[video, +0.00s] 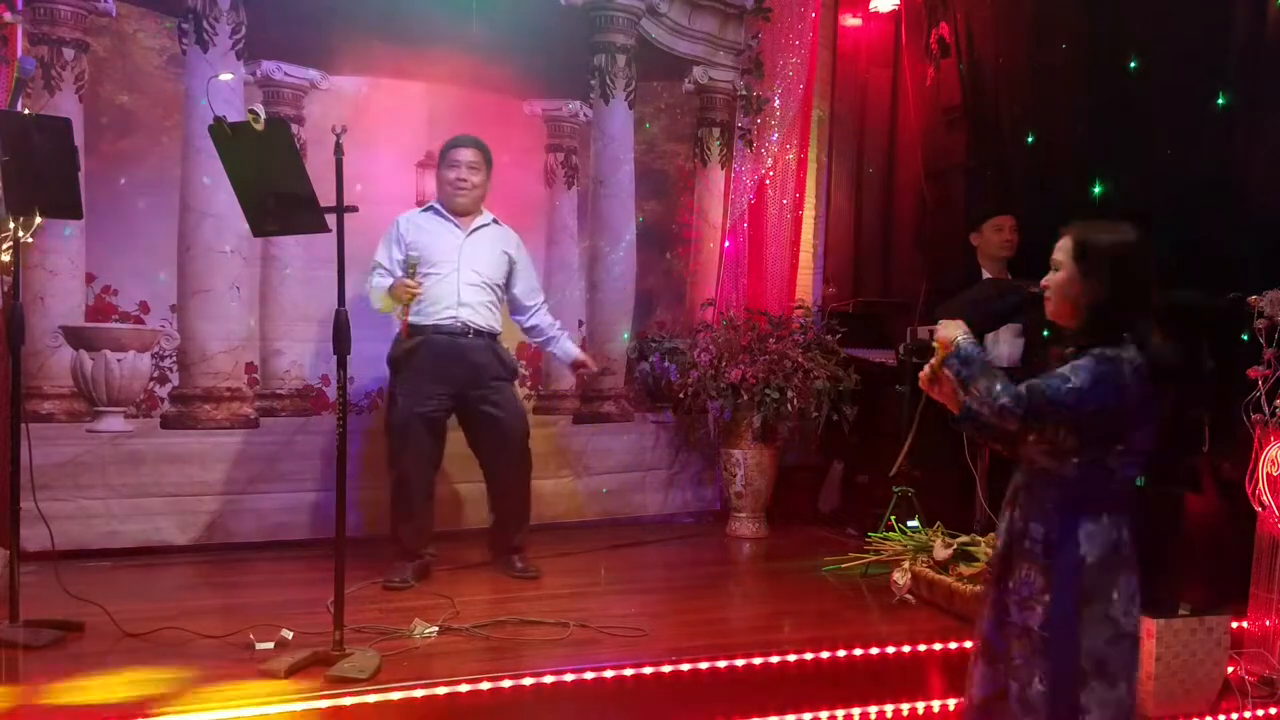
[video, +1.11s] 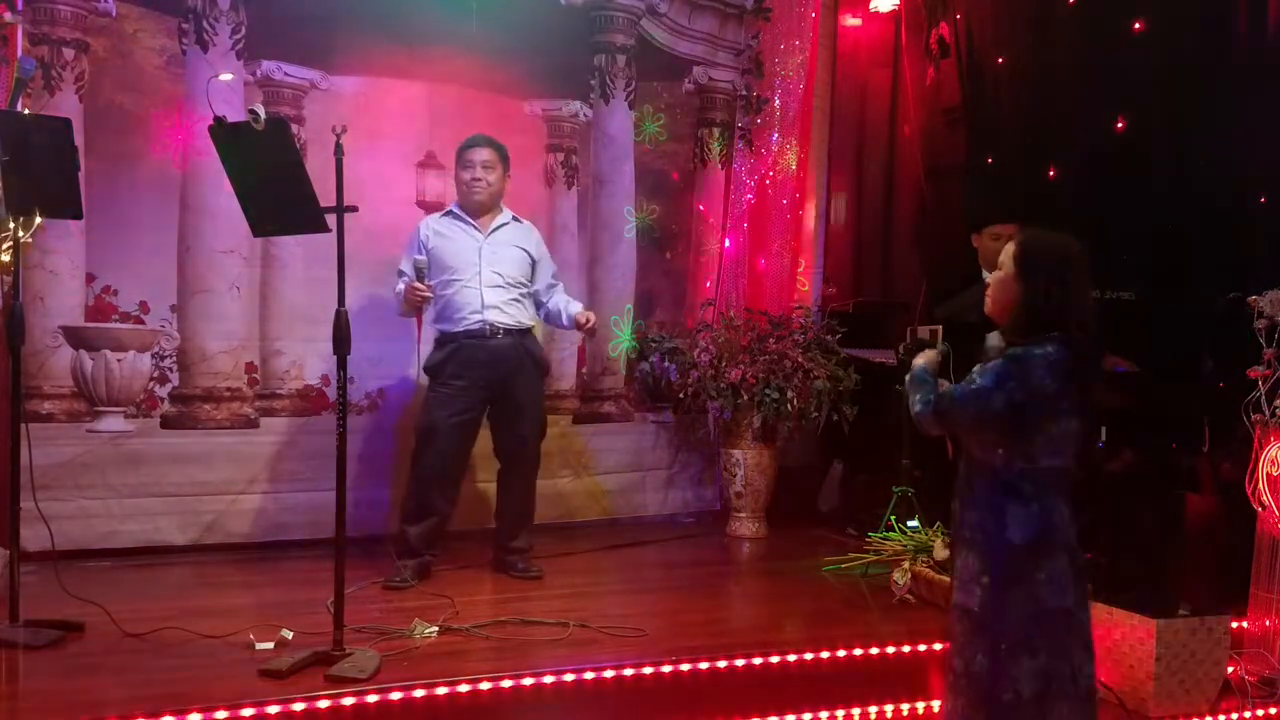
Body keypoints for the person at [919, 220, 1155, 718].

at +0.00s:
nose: (1045, 281)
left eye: (1058, 269)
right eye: (1050, 268)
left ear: (1099, 285)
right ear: (1089, 286)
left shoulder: (1113, 367)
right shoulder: (1089, 361)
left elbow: (1016, 408)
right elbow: (1030, 431)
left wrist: (962, 346)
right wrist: (962, 405)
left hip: (1078, 541)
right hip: (1047, 534)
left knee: (1061, 677)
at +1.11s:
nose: (988, 280)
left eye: (1001, 272)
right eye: (994, 269)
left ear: (1034, 289)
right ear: (1043, 293)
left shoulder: (1020, 370)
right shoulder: (1063, 363)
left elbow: (932, 410)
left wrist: (921, 368)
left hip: (1007, 551)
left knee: (999, 669)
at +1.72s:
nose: (904, 298)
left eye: (914, 285)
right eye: (907, 284)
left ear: (948, 296)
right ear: (947, 300)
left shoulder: (975, 377)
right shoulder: (951, 371)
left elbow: (913, 456)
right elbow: (895, 441)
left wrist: (844, 446)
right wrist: (837, 415)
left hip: (958, 563)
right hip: (925, 557)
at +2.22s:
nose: (769, 301)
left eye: (776, 291)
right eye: (773, 289)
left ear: (790, 301)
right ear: (837, 301)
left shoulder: (782, 377)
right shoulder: (851, 371)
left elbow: (705, 426)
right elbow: (807, 452)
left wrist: (683, 397)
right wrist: (738, 456)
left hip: (787, 537)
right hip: (845, 531)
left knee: (770, 649)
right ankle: (894, 708)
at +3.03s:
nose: (628, 303)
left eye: (631, 291)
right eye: (630, 291)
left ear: (646, 299)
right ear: (697, 296)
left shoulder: (656, 365)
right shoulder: (713, 359)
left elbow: (641, 468)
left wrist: (635, 512)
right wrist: (621, 384)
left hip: (693, 523)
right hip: (746, 518)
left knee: (670, 656)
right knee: (723, 654)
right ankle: (719, 717)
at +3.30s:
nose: (622, 302)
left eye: (626, 291)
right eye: (625, 291)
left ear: (641, 297)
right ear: (688, 294)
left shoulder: (654, 362)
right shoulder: (707, 356)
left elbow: (643, 460)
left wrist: (631, 505)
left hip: (688, 515)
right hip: (737, 508)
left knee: (661, 639)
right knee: (722, 642)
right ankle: (718, 716)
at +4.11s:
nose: (593, 291)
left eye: (604, 279)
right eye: (589, 282)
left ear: (639, 283)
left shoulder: (640, 342)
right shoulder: (676, 336)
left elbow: (640, 433)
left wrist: (614, 486)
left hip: (671, 494)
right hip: (708, 484)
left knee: (671, 622)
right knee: (705, 616)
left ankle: (686, 714)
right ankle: (721, 710)